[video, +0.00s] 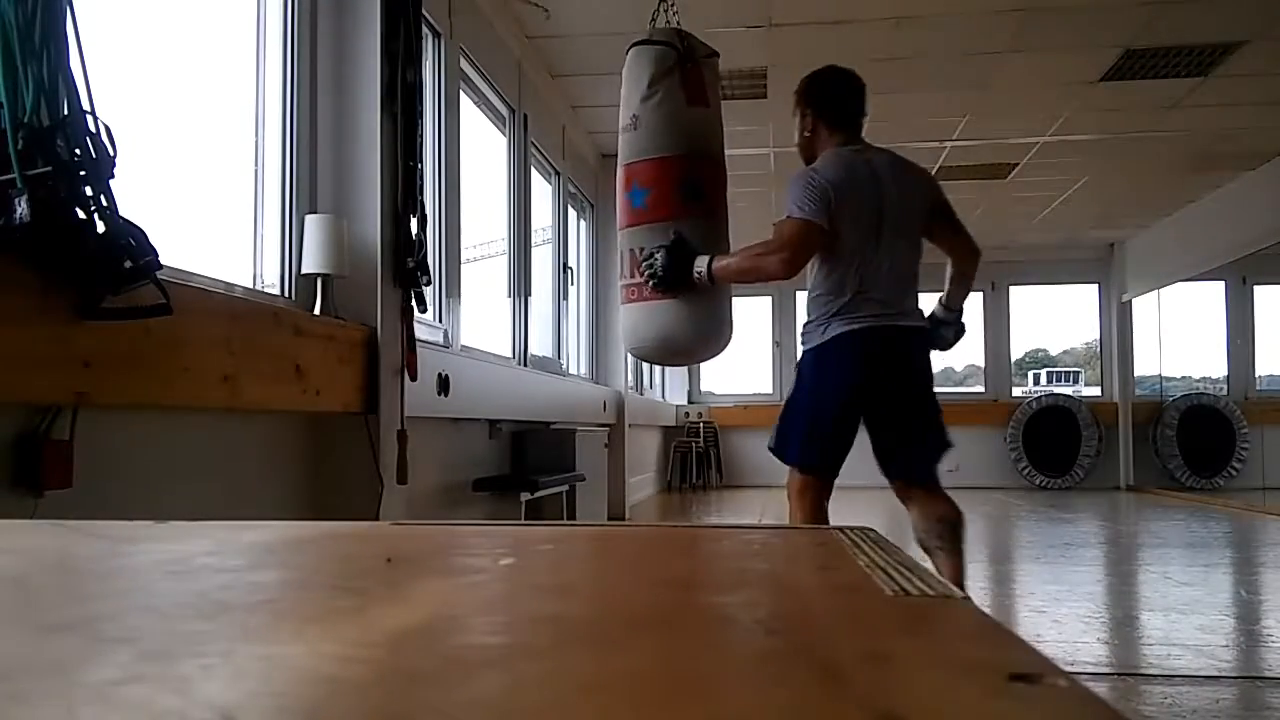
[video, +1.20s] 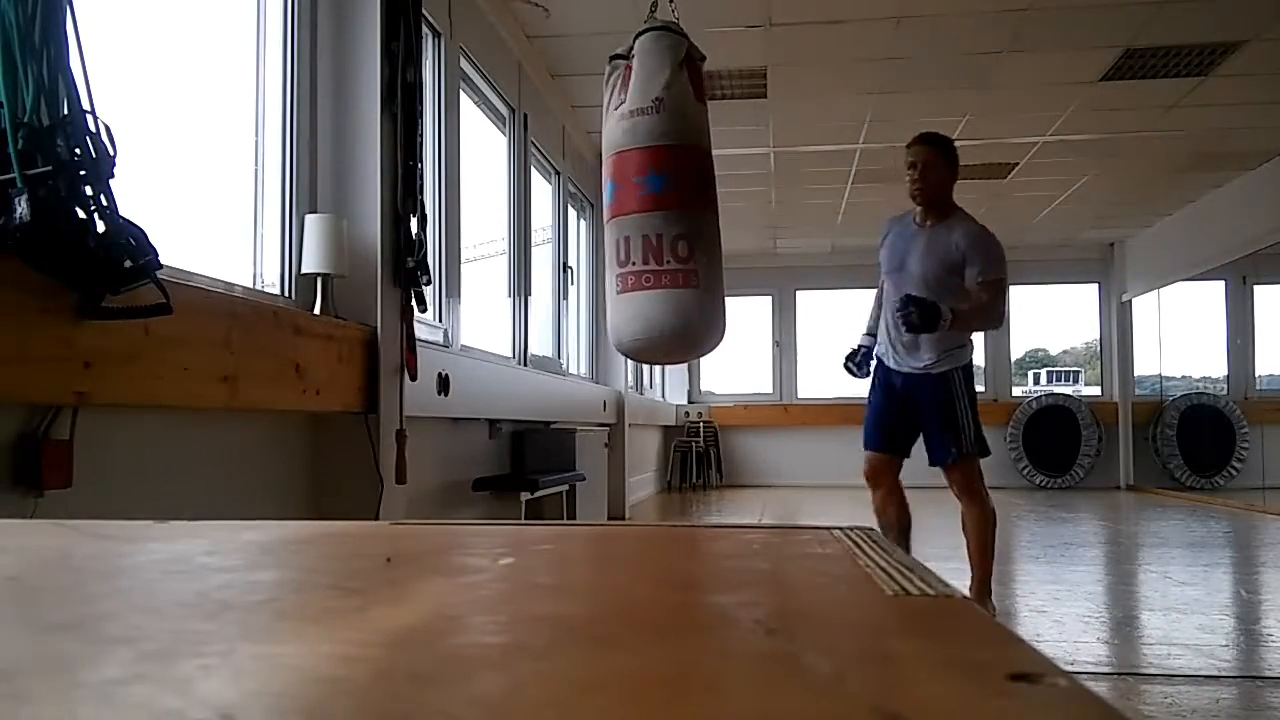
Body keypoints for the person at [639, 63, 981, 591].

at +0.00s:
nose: (795, 130)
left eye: (797, 117)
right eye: (796, 117)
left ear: (812, 119)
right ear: (858, 117)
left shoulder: (818, 180)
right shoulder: (912, 177)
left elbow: (782, 260)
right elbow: (966, 253)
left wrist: (697, 268)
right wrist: (951, 310)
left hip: (840, 349)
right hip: (905, 346)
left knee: (808, 487)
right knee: (917, 483)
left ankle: (813, 614)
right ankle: (954, 600)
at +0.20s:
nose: (772, 144)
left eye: (777, 131)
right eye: (774, 132)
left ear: (799, 134)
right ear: (833, 134)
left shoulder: (808, 183)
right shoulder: (874, 190)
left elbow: (786, 244)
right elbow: (911, 269)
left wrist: (700, 258)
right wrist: (903, 333)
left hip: (829, 352)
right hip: (878, 349)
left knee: (805, 487)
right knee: (855, 481)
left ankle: (821, 596)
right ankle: (882, 588)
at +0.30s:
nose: (771, 154)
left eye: (776, 142)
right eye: (773, 143)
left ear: (802, 143)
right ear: (822, 145)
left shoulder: (820, 189)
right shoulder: (858, 197)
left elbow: (803, 242)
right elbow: (883, 281)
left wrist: (730, 263)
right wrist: (858, 326)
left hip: (826, 355)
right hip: (861, 353)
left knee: (801, 485)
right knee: (838, 481)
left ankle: (818, 583)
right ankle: (850, 583)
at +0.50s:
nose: (778, 167)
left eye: (786, 156)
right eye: (780, 157)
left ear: (814, 160)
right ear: (812, 162)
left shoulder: (844, 203)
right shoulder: (818, 217)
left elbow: (880, 266)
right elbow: (815, 297)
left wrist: (845, 308)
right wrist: (790, 349)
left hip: (845, 362)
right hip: (825, 363)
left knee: (815, 475)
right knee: (815, 477)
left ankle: (835, 580)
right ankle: (841, 574)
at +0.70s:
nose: (805, 167)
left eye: (814, 156)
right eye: (806, 157)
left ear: (845, 161)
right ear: (837, 163)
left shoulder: (879, 208)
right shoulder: (818, 230)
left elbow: (919, 271)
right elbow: (815, 295)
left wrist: (888, 321)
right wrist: (787, 345)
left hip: (869, 364)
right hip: (825, 369)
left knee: (867, 478)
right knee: (826, 481)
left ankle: (912, 577)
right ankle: (840, 584)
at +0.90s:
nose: (860, 175)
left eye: (870, 166)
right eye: (858, 166)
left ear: (900, 172)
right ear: (858, 171)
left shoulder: (924, 226)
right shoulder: (850, 232)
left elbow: (949, 293)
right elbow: (850, 302)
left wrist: (900, 315)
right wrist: (833, 354)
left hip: (904, 377)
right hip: (849, 375)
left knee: (937, 481)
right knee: (836, 481)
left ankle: (978, 583)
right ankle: (840, 591)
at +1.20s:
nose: (913, 176)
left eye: (923, 167)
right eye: (909, 168)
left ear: (951, 173)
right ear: (905, 174)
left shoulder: (976, 240)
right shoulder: (895, 230)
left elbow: (992, 312)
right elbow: (886, 290)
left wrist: (943, 316)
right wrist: (867, 339)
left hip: (943, 374)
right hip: (890, 372)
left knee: (966, 484)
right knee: (878, 472)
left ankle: (981, 594)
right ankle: (899, 581)